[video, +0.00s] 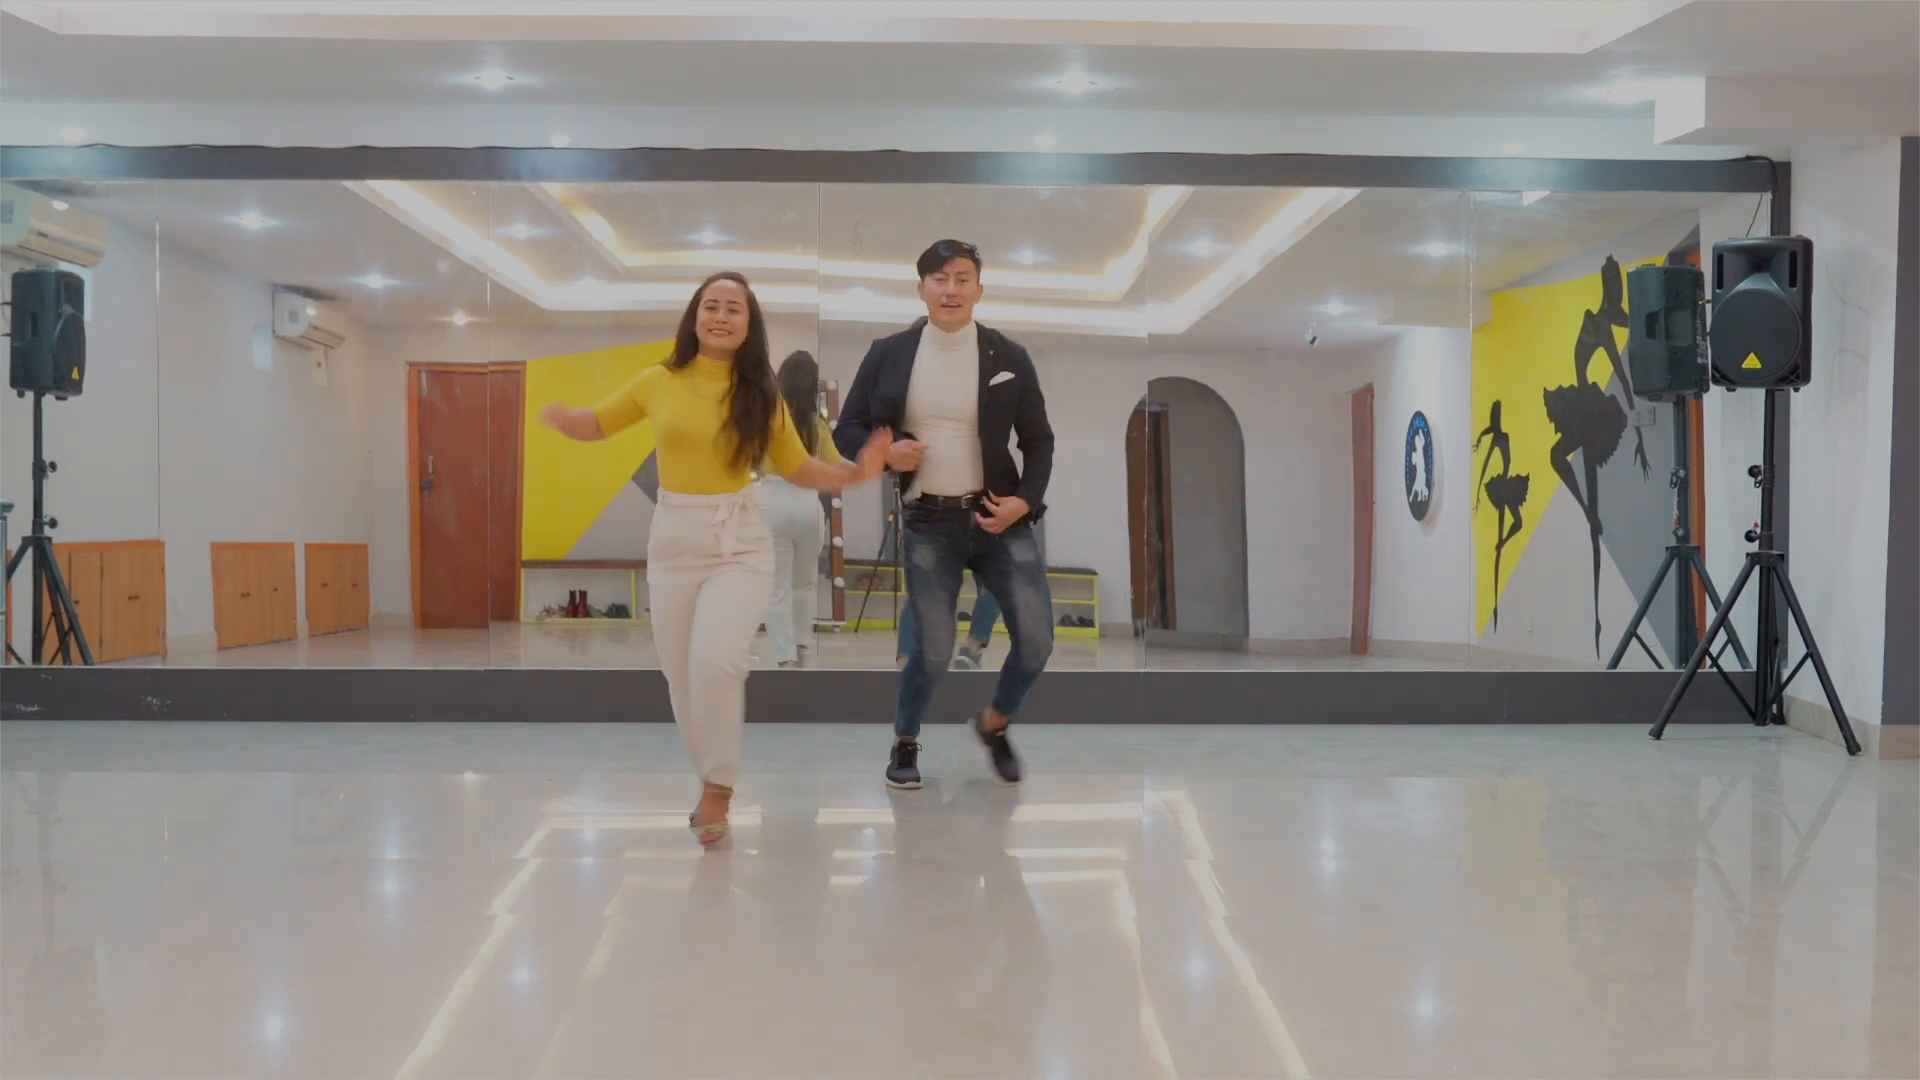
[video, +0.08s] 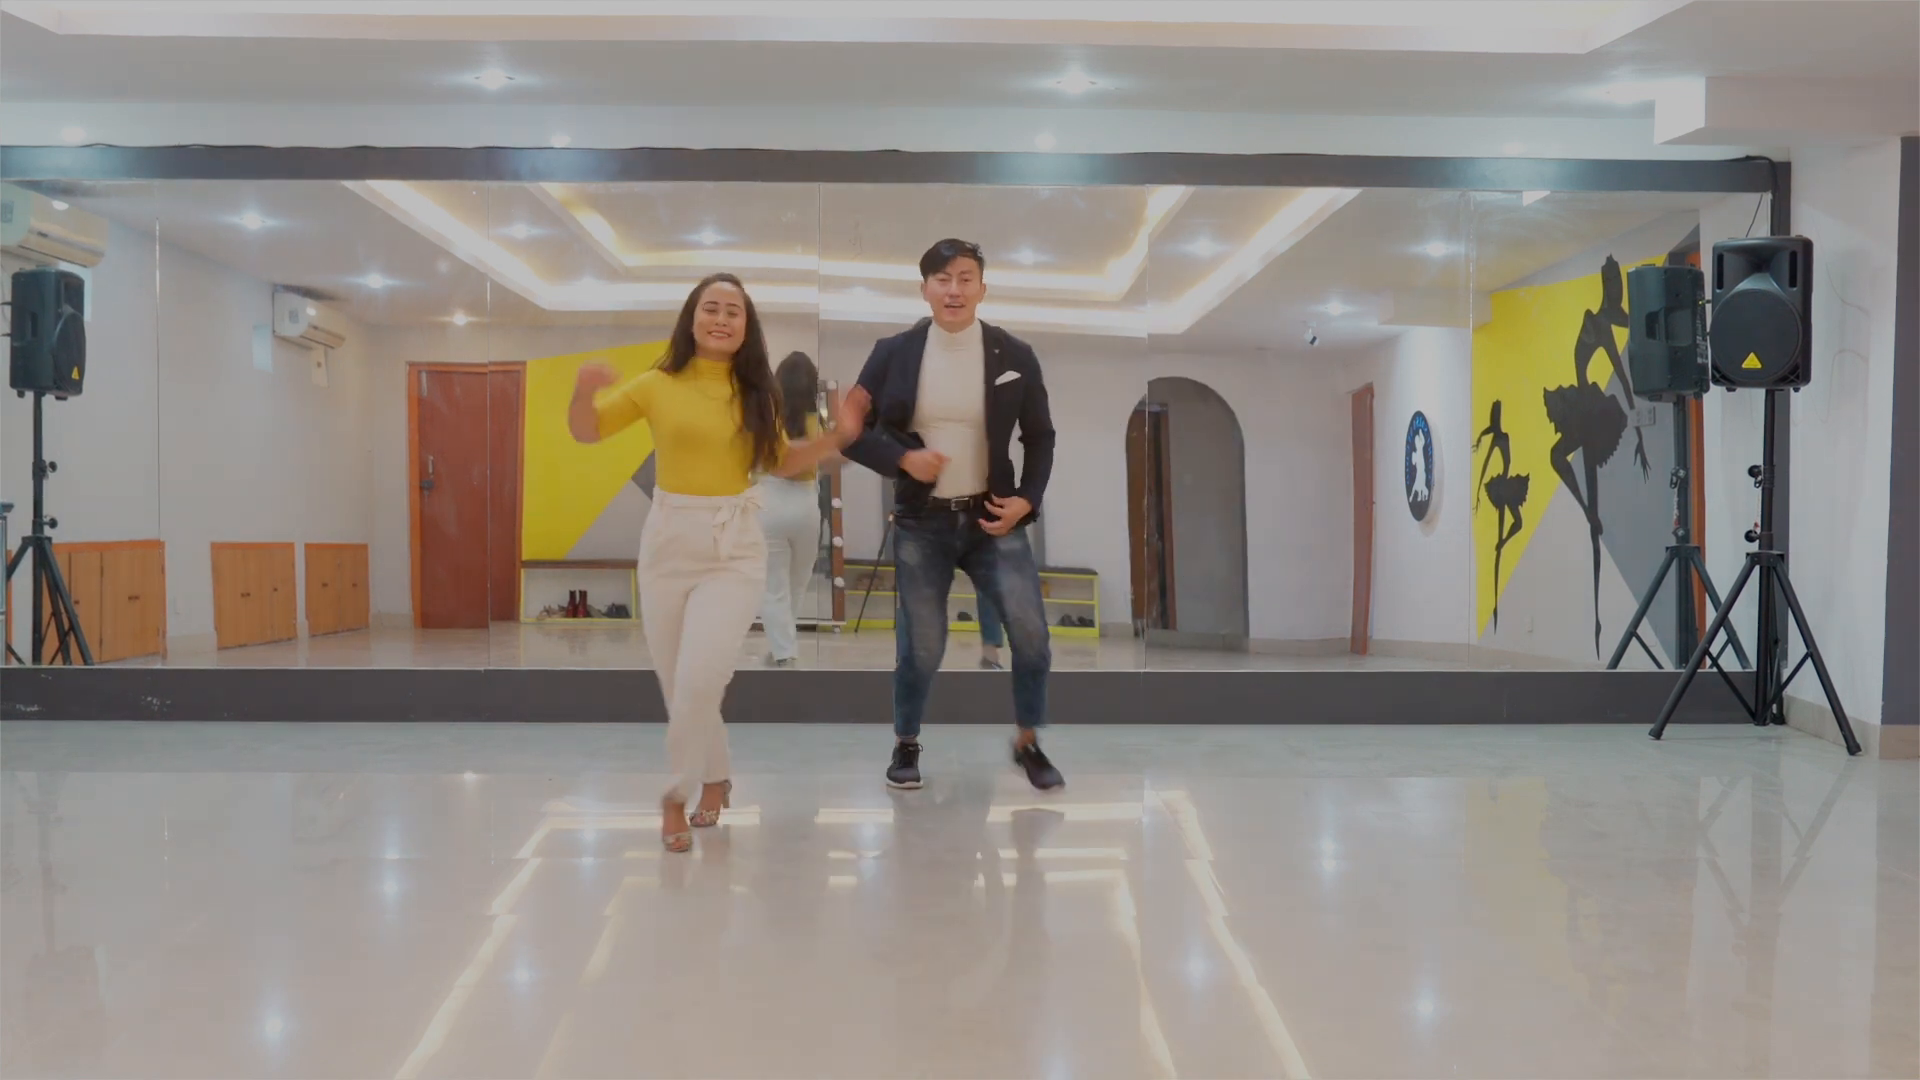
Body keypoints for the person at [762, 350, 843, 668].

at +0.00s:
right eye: (813, 377)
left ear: (781, 379)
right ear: (814, 382)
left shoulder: (768, 414)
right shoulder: (816, 421)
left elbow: (751, 462)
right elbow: (835, 463)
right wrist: (855, 471)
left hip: (770, 497)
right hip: (807, 499)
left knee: (778, 587)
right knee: (806, 582)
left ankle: (784, 657)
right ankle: (802, 644)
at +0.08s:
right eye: (810, 378)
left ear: (779, 381)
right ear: (812, 383)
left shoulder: (765, 416)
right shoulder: (816, 422)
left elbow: (751, 463)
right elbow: (830, 461)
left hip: (767, 498)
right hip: (806, 500)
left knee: (776, 586)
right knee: (799, 582)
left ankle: (784, 653)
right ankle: (781, 643)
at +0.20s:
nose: (810, 388)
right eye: (809, 383)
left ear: (777, 388)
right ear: (806, 389)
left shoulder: (765, 420)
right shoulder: (810, 425)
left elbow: (750, 461)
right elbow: (831, 460)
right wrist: (833, 423)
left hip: (763, 496)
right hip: (800, 499)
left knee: (763, 590)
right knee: (791, 592)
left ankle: (761, 638)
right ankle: (776, 658)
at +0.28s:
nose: (809, 386)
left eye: (806, 379)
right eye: (805, 381)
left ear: (773, 385)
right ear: (798, 387)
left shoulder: (762, 419)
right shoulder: (805, 424)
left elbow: (754, 457)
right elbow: (832, 457)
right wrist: (831, 420)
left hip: (759, 498)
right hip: (794, 501)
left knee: (763, 587)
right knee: (793, 592)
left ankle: (750, 636)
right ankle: (775, 661)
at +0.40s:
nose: (806, 381)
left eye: (804, 374)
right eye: (801, 374)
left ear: (769, 380)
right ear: (786, 378)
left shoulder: (754, 415)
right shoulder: (793, 416)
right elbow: (821, 452)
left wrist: (825, 434)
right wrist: (840, 436)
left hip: (757, 502)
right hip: (782, 505)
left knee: (787, 577)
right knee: (796, 586)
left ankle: (757, 624)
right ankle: (777, 660)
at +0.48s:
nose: (806, 387)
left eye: (805, 380)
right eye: (801, 381)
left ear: (771, 384)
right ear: (785, 385)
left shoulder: (757, 413)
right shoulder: (789, 418)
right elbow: (804, 468)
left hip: (760, 500)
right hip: (779, 504)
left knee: (811, 572)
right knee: (789, 588)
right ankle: (774, 661)